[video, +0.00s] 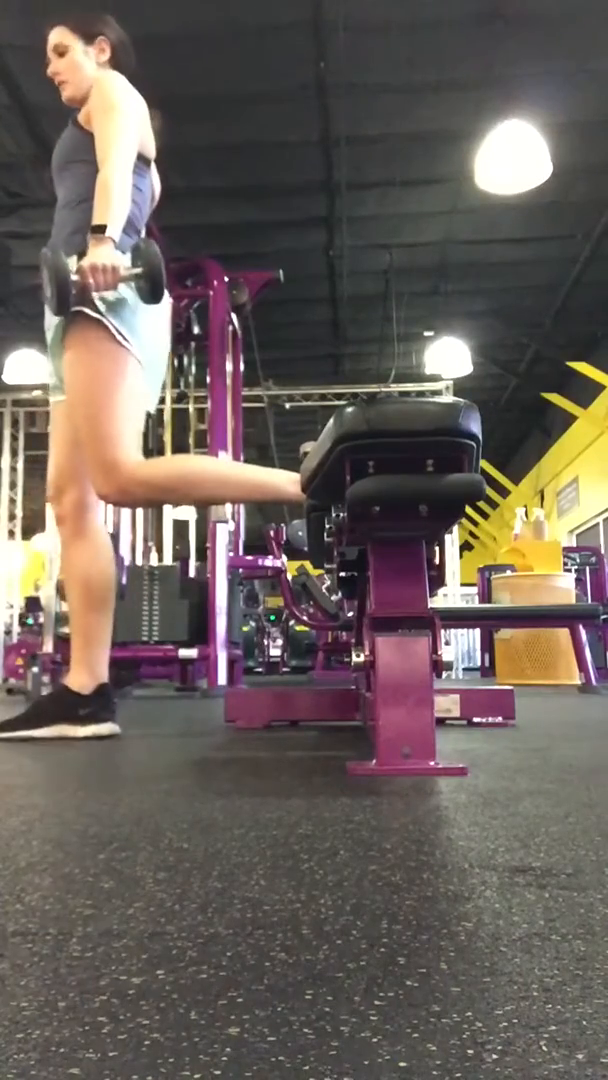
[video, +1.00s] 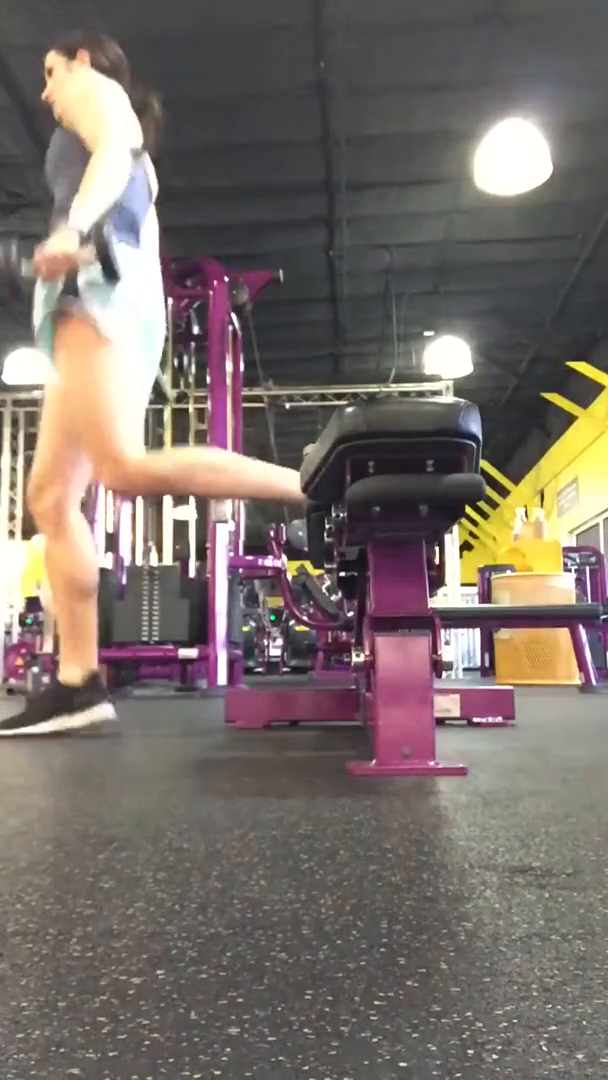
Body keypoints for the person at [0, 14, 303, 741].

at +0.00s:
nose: (51, 68)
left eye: (61, 53)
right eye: (48, 58)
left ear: (101, 51)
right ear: (91, 57)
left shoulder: (113, 93)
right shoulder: (101, 120)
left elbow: (119, 161)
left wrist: (103, 238)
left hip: (113, 293)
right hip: (98, 301)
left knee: (117, 475)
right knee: (71, 499)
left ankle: (310, 486)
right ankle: (85, 689)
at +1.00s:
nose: (46, 89)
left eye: (52, 73)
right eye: (45, 78)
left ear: (84, 65)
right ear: (103, 71)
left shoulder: (91, 90)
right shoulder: (121, 138)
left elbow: (119, 148)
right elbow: (138, 253)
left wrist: (72, 228)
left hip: (104, 296)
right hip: (110, 309)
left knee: (123, 467)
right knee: (51, 498)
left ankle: (314, 486)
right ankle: (77, 682)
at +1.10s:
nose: (39, 92)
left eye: (46, 77)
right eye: (40, 80)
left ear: (79, 71)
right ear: (98, 80)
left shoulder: (81, 105)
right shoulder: (124, 149)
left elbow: (98, 179)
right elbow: (142, 265)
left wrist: (63, 263)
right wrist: (146, 357)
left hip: (98, 313)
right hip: (120, 325)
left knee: (122, 497)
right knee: (37, 511)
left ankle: (311, 495)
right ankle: (77, 689)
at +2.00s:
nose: (12, 69)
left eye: (21, 55)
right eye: (16, 57)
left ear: (52, 54)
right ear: (63, 59)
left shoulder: (54, 105)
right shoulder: (82, 134)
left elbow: (63, 195)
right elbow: (95, 251)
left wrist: (34, 284)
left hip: (74, 316)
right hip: (72, 323)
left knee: (118, 501)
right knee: (12, 511)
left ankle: (304, 496)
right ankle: (36, 689)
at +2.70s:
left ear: (19, 147)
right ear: (40, 155)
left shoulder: (27, 200)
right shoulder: (51, 217)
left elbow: (40, 298)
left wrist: (23, 398)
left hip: (143, 392)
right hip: (117, 414)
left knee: (148, 592)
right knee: (13, 512)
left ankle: (306, 499)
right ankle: (36, 691)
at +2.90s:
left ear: (12, 216)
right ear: (36, 222)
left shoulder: (23, 270)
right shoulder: (54, 283)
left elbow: (37, 382)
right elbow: (95, 436)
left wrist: (14, 481)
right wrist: (46, 505)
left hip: (173, 439)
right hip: (141, 454)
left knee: (186, 642)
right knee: (17, 517)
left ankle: (301, 508)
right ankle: (38, 693)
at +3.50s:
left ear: (5, 207)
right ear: (26, 212)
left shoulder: (15, 260)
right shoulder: (40, 270)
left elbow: (30, 377)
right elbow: (110, 404)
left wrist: (14, 475)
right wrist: (84, 512)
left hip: (165, 426)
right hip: (133, 441)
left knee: (178, 635)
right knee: (14, 511)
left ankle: (303, 507)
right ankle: (37, 693)